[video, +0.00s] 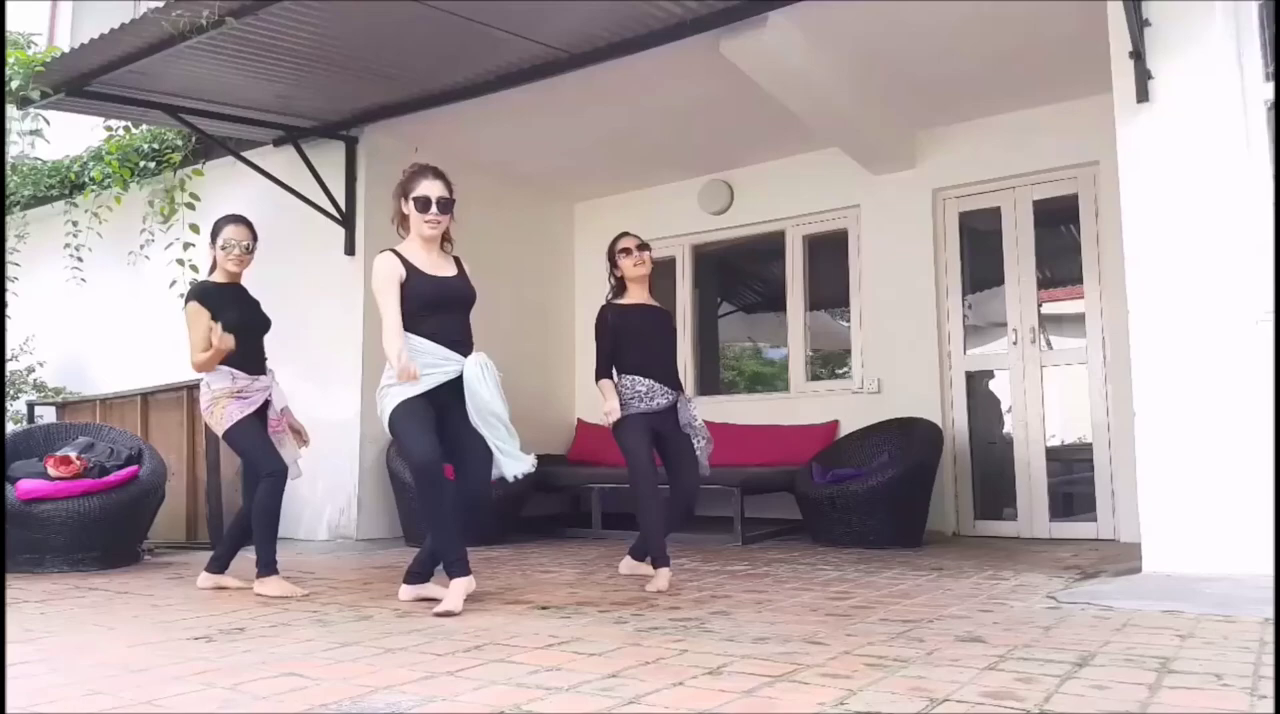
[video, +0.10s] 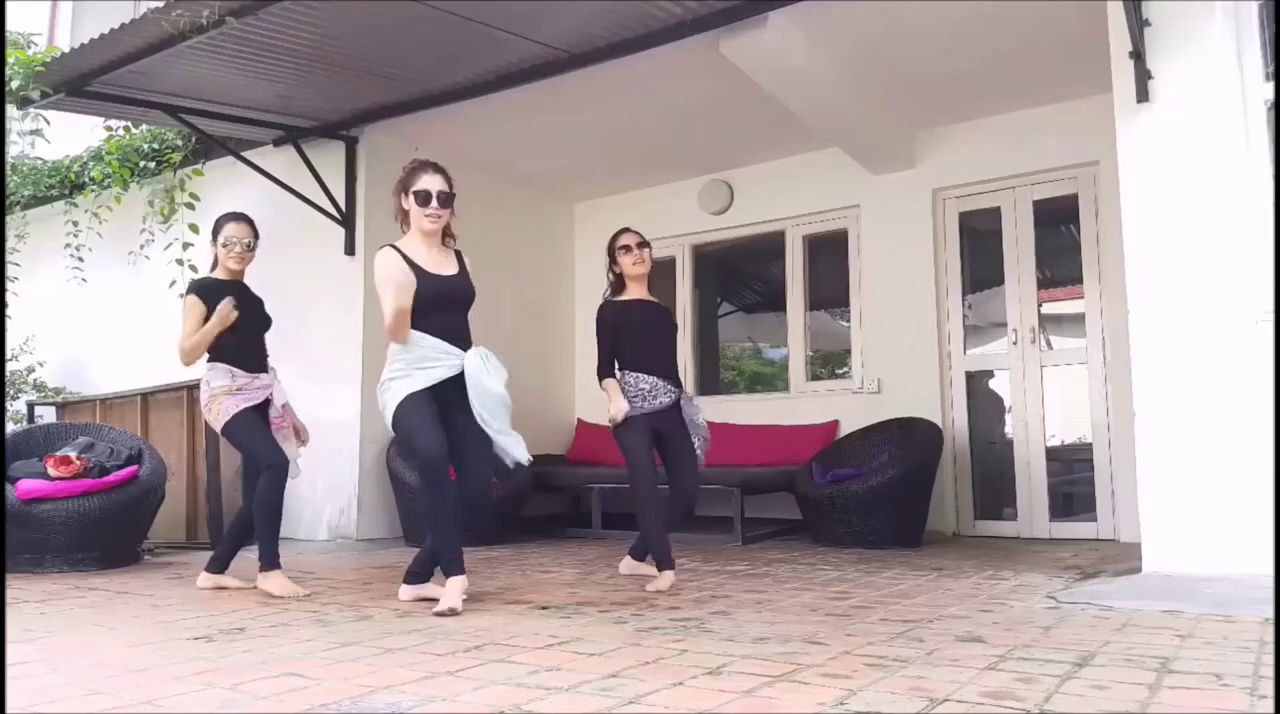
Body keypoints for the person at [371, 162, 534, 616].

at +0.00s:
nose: (434, 211)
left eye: (443, 203)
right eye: (423, 202)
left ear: (452, 209)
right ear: (404, 207)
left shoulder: (454, 262)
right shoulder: (390, 262)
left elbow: (460, 323)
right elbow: (390, 319)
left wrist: (474, 364)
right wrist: (400, 358)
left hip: (461, 380)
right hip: (410, 382)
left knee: (477, 480)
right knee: (425, 462)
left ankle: (416, 574)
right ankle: (460, 574)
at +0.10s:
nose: (435, 205)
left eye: (443, 197)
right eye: (423, 197)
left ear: (452, 204)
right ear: (404, 202)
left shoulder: (455, 255)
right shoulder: (392, 258)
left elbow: (459, 318)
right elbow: (397, 335)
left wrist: (472, 363)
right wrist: (401, 305)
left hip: (461, 373)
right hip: (411, 376)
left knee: (478, 478)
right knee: (433, 457)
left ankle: (418, 572)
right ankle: (455, 574)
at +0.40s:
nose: (434, 183)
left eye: (443, 174)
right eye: (422, 175)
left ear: (452, 181)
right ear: (403, 181)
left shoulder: (448, 233)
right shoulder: (398, 230)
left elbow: (462, 312)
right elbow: (354, 279)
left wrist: (495, 368)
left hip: (460, 346)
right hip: (428, 341)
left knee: (459, 454)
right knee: (459, 451)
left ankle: (421, 571)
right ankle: (429, 571)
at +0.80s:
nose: (426, 186)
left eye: (435, 178)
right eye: (415, 178)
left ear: (448, 185)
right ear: (401, 186)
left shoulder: (463, 241)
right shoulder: (392, 232)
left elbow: (475, 313)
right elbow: (355, 292)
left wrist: (503, 366)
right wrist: (401, 296)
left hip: (462, 356)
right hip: (414, 357)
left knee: (457, 458)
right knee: (461, 446)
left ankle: (416, 572)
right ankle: (435, 573)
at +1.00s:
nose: (425, 209)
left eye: (435, 201)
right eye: (414, 201)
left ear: (447, 209)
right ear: (400, 208)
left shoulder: (462, 261)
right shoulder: (385, 264)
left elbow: (477, 333)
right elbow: (382, 333)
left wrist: (497, 397)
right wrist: (393, 336)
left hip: (465, 378)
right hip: (413, 377)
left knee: (470, 481)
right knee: (411, 463)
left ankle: (424, 575)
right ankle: (415, 578)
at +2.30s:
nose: (421, 205)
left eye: (430, 198)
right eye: (411, 198)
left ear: (444, 206)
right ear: (399, 207)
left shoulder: (467, 264)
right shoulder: (379, 265)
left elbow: (479, 339)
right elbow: (376, 340)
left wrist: (502, 393)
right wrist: (341, 341)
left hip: (458, 382)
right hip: (402, 383)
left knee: (461, 488)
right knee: (349, 457)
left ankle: (423, 576)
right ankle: (381, 577)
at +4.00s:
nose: (408, 193)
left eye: (417, 183)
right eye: (401, 187)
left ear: (443, 185)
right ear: (399, 196)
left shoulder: (470, 240)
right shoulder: (398, 249)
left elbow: (490, 307)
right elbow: (379, 316)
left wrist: (518, 343)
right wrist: (333, 303)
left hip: (454, 364)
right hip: (405, 366)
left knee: (437, 465)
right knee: (346, 457)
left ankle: (453, 575)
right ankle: (376, 570)